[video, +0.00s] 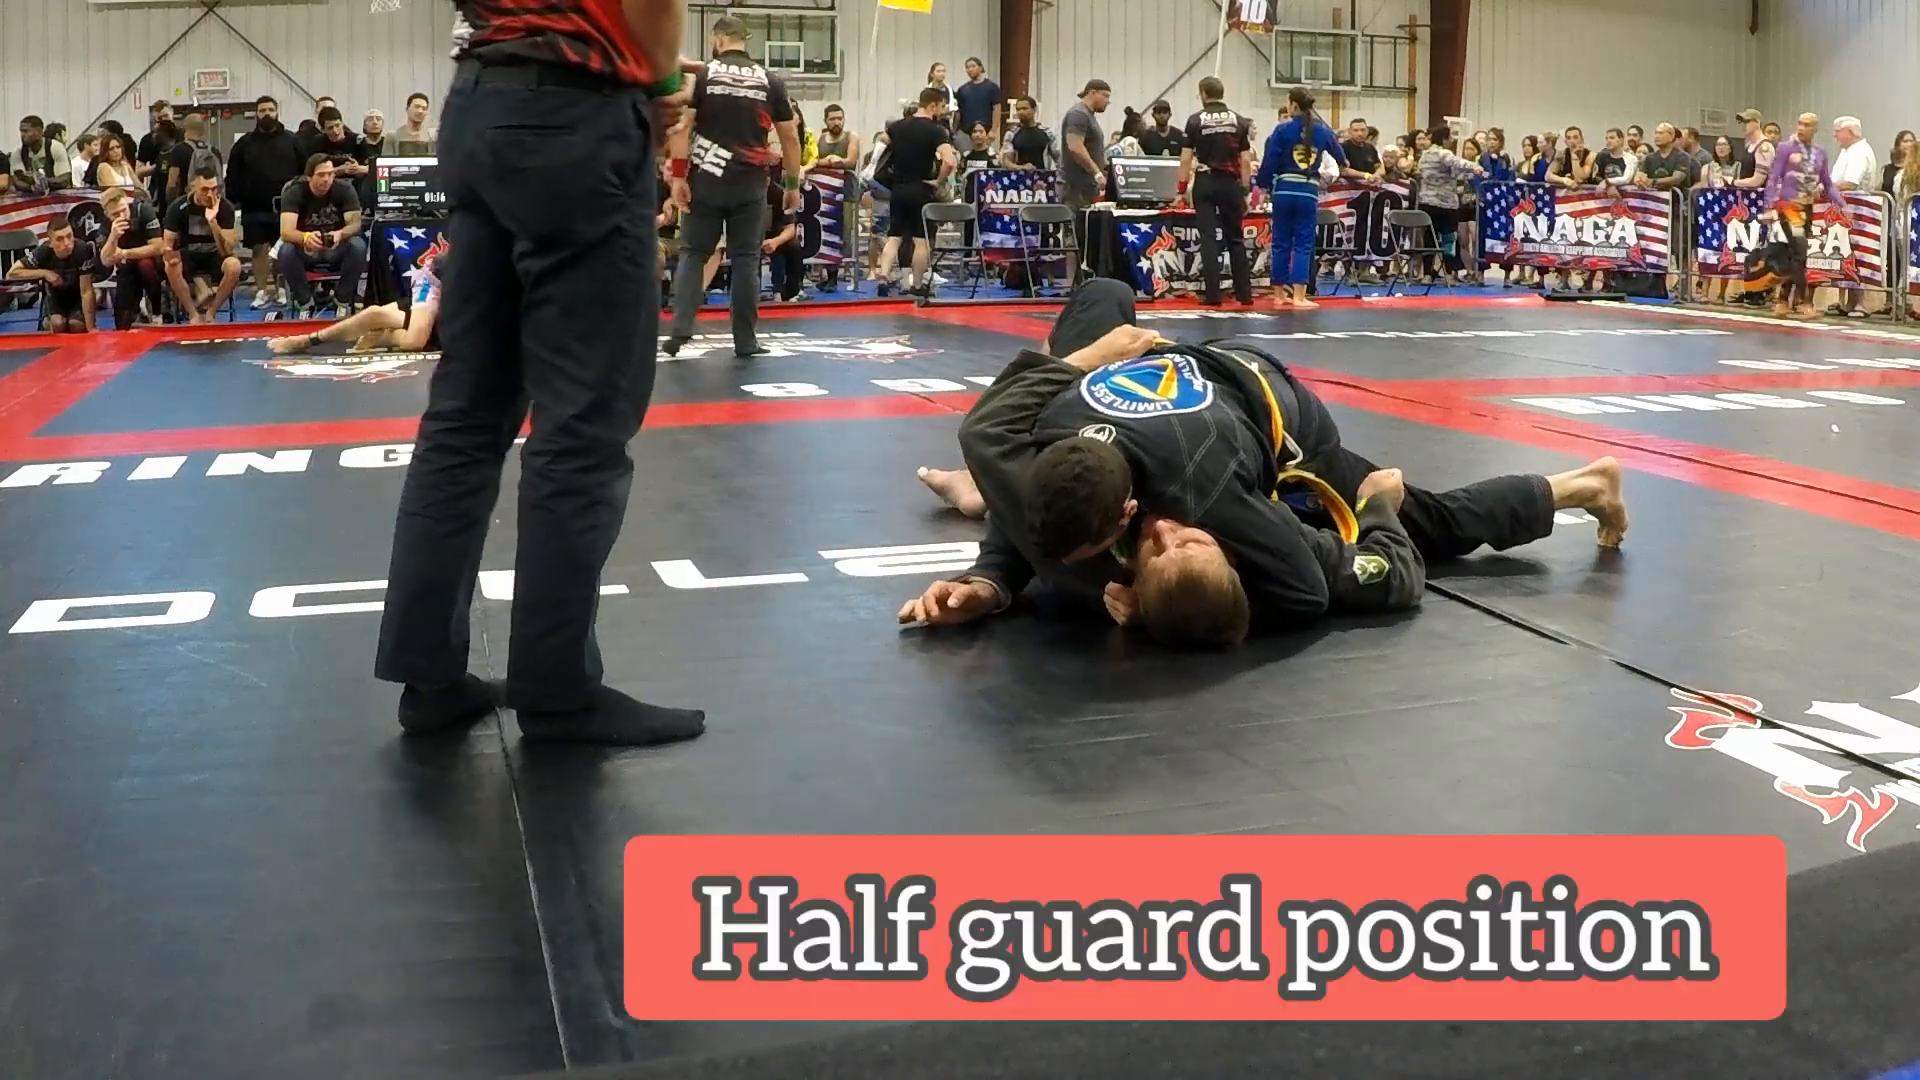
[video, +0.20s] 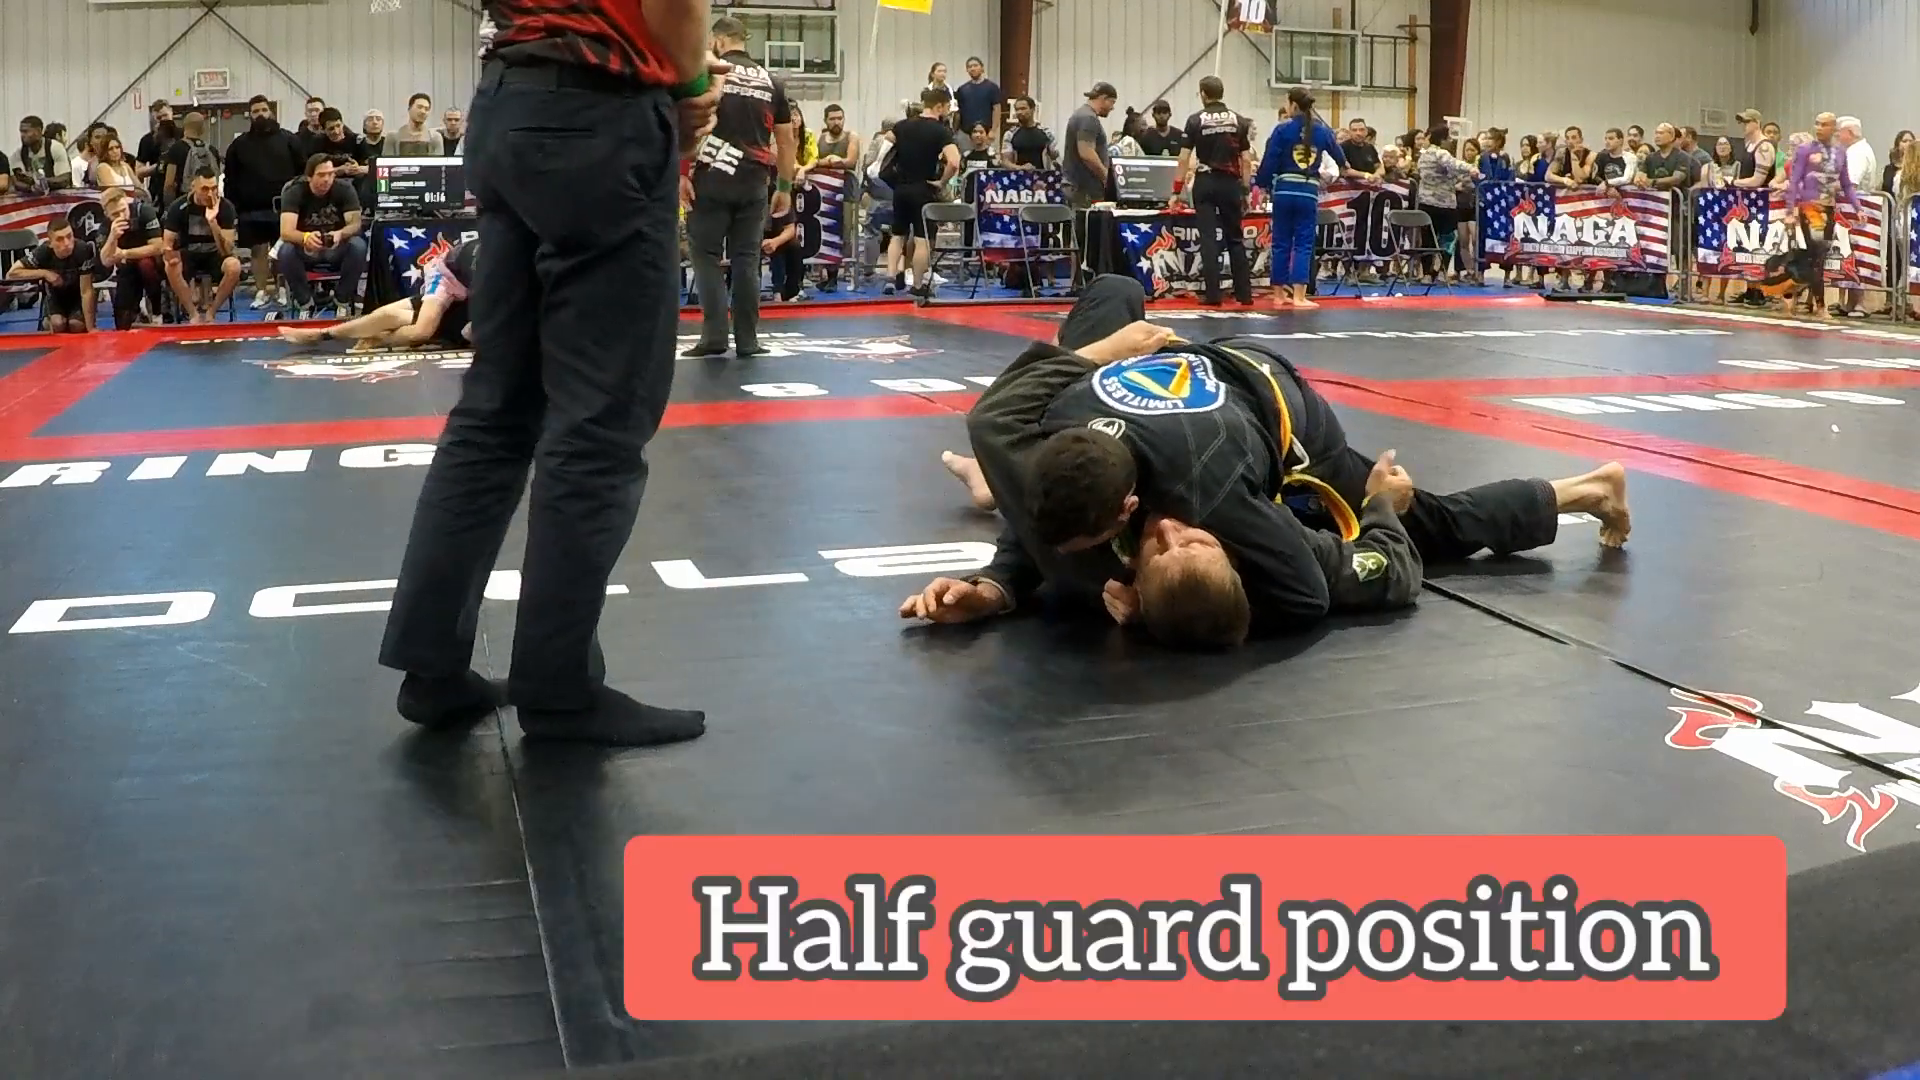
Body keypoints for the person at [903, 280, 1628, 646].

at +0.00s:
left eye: (1117, 558)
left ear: (1125, 534)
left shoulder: (1202, 503)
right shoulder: (1006, 460)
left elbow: (1314, 594)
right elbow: (1022, 551)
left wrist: (1153, 611)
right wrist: (986, 586)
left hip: (1273, 413)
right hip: (1181, 360)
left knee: (1411, 529)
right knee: (1092, 291)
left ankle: (1585, 486)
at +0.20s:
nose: (1152, 540)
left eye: (1123, 546)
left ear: (1122, 520)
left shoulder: (1206, 494)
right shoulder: (1012, 452)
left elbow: (1309, 603)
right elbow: (1040, 558)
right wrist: (990, 591)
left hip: (1278, 414)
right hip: (1188, 360)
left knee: (1416, 530)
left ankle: (1587, 491)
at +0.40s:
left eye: (1128, 536)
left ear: (1136, 503)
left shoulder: (1214, 486)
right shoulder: (1027, 424)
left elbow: (1320, 597)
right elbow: (1054, 551)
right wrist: (1004, 590)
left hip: (1295, 413)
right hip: (1202, 358)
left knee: (1420, 532)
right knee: (1111, 279)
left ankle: (1587, 475)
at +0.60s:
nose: (1194, 529)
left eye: (1156, 534)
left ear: (1137, 496)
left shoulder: (1219, 481)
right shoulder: (1020, 418)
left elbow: (1320, 590)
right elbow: (1067, 541)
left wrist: (1154, 599)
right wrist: (1032, 583)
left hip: (1300, 410)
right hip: (1209, 354)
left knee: (1418, 530)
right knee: (1096, 277)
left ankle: (1581, 469)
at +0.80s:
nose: (1077, 536)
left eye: (1086, 524)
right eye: (1064, 526)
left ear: (1129, 494)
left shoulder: (1218, 488)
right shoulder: (1053, 424)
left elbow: (1314, 586)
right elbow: (1072, 525)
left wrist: (1167, 604)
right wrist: (1058, 574)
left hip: (1303, 412)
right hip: (1228, 355)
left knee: (1421, 525)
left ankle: (1577, 472)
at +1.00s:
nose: (1083, 536)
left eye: (1093, 525)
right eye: (1069, 526)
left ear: (1139, 493)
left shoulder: (1226, 478)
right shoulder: (1058, 425)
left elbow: (1315, 593)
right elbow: (1062, 524)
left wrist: (1161, 597)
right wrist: (1070, 573)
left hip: (1308, 412)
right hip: (1226, 357)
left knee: (1413, 527)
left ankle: (1572, 458)